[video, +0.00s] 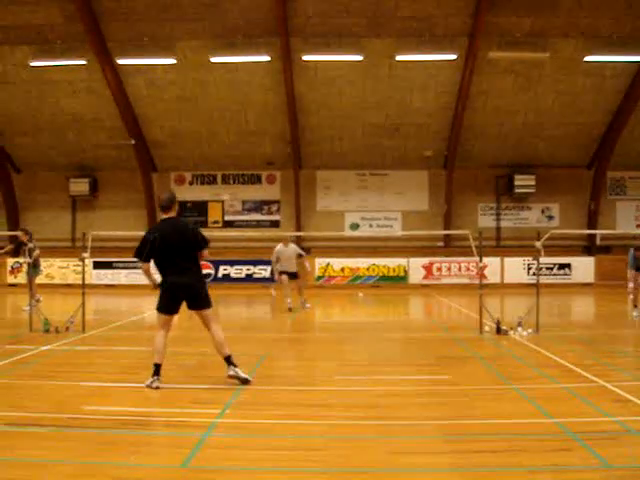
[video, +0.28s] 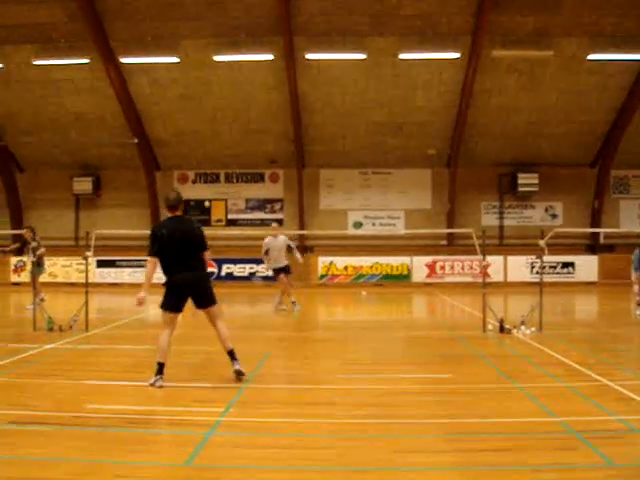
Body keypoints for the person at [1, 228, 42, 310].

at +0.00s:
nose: (20, 238)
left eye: (21, 236)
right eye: (19, 236)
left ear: (27, 236)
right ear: (20, 237)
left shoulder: (31, 245)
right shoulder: (21, 244)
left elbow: (37, 252)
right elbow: (11, 247)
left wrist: (31, 259)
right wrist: (3, 251)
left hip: (35, 266)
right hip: (30, 265)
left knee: (31, 283)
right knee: (30, 283)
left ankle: (31, 303)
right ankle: (36, 297)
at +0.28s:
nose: (26, 235)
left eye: (27, 233)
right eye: (25, 233)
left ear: (32, 234)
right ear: (24, 235)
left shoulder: (36, 243)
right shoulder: (26, 243)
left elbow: (42, 250)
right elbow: (17, 245)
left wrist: (37, 255)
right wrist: (8, 249)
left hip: (39, 265)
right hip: (34, 265)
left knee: (35, 283)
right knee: (34, 283)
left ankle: (35, 302)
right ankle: (40, 296)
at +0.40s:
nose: (33, 234)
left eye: (35, 231)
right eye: (32, 231)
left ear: (39, 232)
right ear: (31, 232)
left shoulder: (44, 240)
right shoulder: (32, 241)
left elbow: (52, 248)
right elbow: (24, 245)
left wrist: (44, 252)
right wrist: (14, 247)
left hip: (46, 263)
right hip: (40, 263)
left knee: (40, 280)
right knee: (39, 279)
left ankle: (41, 301)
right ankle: (47, 294)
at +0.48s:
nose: (41, 233)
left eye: (43, 231)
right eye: (41, 231)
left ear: (48, 232)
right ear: (41, 232)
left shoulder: (52, 241)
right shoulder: (43, 241)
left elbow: (61, 249)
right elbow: (36, 247)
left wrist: (51, 250)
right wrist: (26, 246)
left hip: (54, 264)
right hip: (49, 263)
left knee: (45, 280)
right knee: (45, 279)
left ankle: (47, 300)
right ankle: (54, 293)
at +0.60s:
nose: (50, 234)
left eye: (52, 232)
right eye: (50, 232)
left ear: (56, 233)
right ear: (49, 234)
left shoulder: (60, 242)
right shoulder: (50, 242)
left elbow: (66, 250)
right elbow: (44, 240)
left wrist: (56, 246)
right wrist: (39, 232)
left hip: (57, 264)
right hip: (50, 264)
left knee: (48, 279)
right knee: (46, 279)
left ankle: (49, 299)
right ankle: (54, 294)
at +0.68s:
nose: (48, 231)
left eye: (50, 229)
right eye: (48, 230)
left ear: (55, 231)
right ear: (46, 231)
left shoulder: (57, 241)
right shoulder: (48, 241)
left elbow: (65, 248)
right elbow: (40, 239)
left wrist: (57, 244)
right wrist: (36, 232)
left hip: (55, 263)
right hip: (48, 263)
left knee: (49, 280)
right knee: (45, 280)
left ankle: (50, 296)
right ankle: (52, 294)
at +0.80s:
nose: (52, 227)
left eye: (54, 225)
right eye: (51, 225)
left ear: (58, 226)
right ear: (51, 226)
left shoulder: (60, 236)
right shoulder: (50, 237)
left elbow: (68, 244)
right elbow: (41, 239)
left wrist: (61, 236)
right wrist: (34, 232)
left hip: (60, 257)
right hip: (53, 258)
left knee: (56, 274)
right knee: (52, 276)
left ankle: (58, 291)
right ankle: (52, 292)